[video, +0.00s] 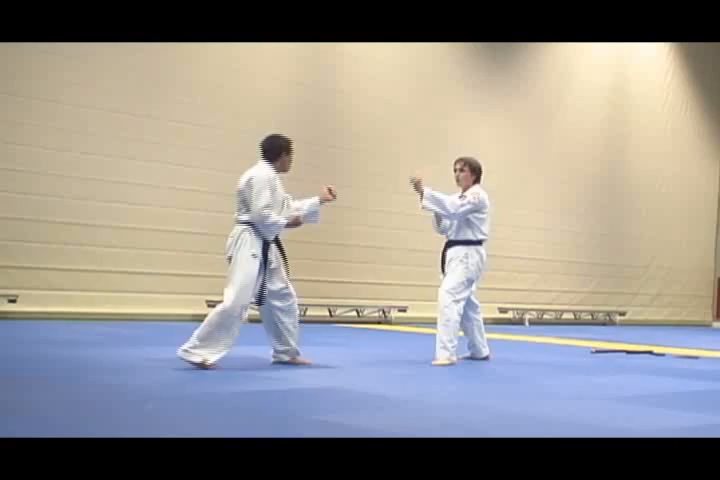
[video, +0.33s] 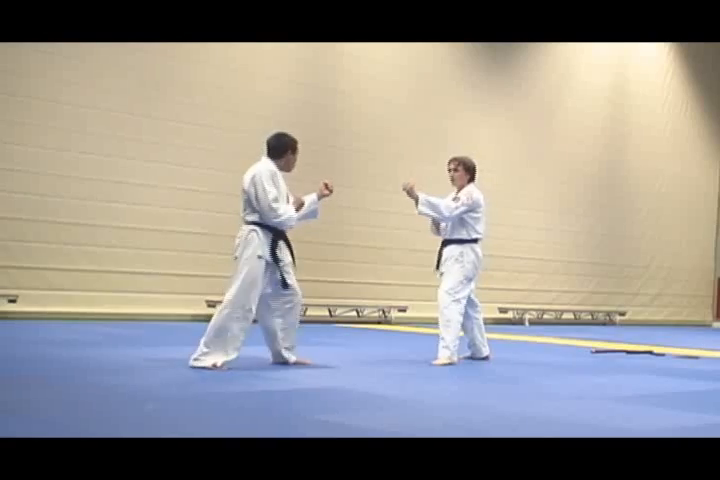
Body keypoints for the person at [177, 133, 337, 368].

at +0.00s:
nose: (291, 159)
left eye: (291, 154)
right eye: (289, 154)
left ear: (274, 155)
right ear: (280, 155)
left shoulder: (273, 177)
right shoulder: (261, 175)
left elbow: (287, 210)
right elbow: (261, 215)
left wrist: (319, 200)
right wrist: (286, 222)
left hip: (266, 240)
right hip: (249, 238)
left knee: (282, 295)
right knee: (236, 301)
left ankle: (286, 352)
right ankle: (195, 350)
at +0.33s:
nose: (296, 160)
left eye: (296, 155)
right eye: (295, 155)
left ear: (278, 153)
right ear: (286, 154)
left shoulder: (275, 176)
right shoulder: (262, 172)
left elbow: (290, 210)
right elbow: (273, 214)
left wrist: (318, 197)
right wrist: (294, 209)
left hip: (274, 240)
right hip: (257, 238)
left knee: (288, 296)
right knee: (240, 298)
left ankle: (284, 353)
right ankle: (206, 356)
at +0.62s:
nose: (297, 158)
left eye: (297, 152)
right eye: (296, 152)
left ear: (278, 151)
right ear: (287, 152)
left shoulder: (276, 173)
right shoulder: (266, 171)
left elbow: (291, 213)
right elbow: (278, 213)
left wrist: (316, 203)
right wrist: (299, 211)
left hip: (278, 241)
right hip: (264, 240)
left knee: (292, 295)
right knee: (243, 298)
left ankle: (286, 352)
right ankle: (206, 355)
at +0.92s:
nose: (311, 192)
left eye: (312, 188)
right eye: (311, 187)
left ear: (290, 178)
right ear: (305, 183)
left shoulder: (274, 190)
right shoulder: (290, 192)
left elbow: (290, 232)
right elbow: (315, 228)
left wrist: (319, 217)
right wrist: (324, 220)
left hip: (245, 249)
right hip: (258, 251)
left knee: (282, 304)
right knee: (303, 303)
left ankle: (291, 354)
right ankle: (259, 345)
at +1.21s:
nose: (282, 175)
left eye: (282, 170)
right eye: (280, 170)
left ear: (254, 165)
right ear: (270, 169)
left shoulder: (233, 178)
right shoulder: (267, 189)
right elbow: (283, 228)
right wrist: (296, 257)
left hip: (204, 243)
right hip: (230, 246)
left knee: (202, 316)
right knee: (270, 301)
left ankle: (153, 327)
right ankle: (287, 360)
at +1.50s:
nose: (201, 141)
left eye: (201, 136)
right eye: (198, 136)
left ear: (174, 134)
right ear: (186, 136)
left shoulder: (156, 152)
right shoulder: (180, 157)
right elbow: (178, 196)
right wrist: (202, 235)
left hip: (124, 233)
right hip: (147, 236)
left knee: (130, 296)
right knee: (172, 303)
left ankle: (109, 354)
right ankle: (123, 343)